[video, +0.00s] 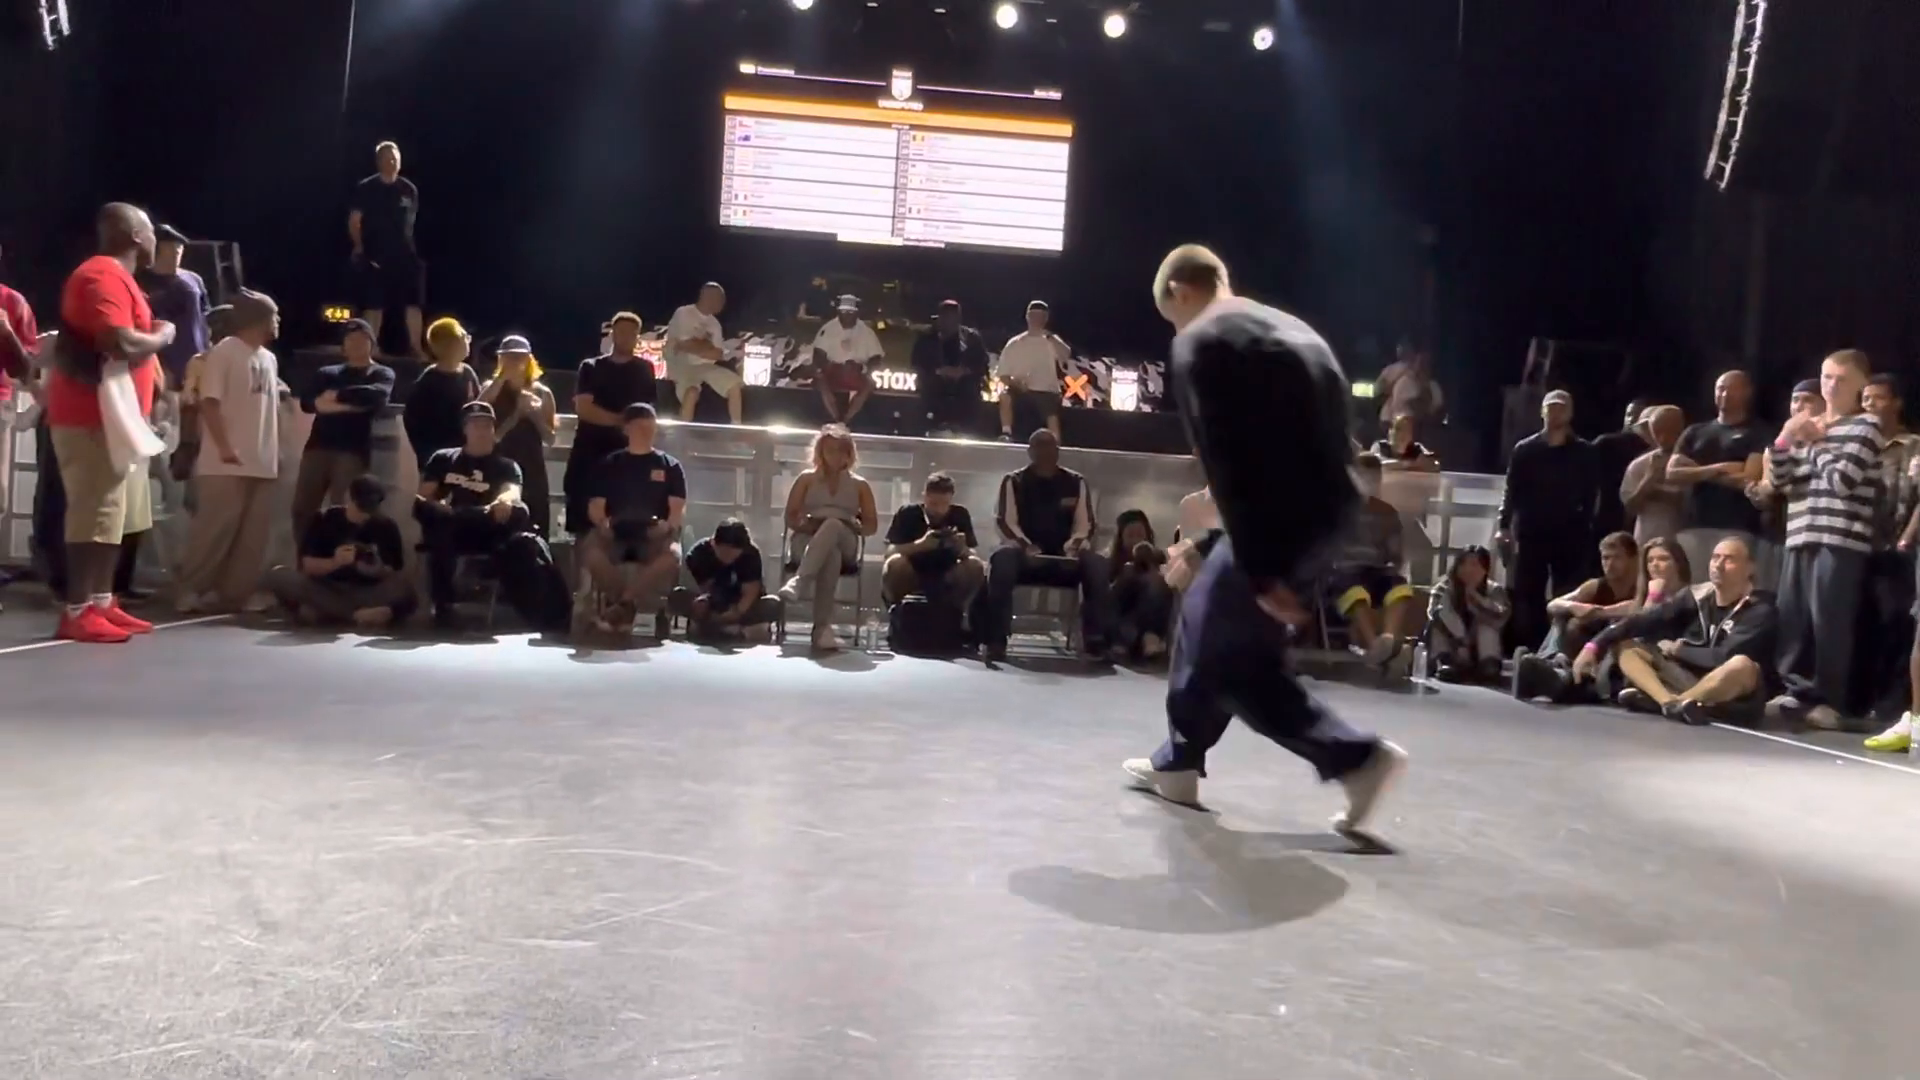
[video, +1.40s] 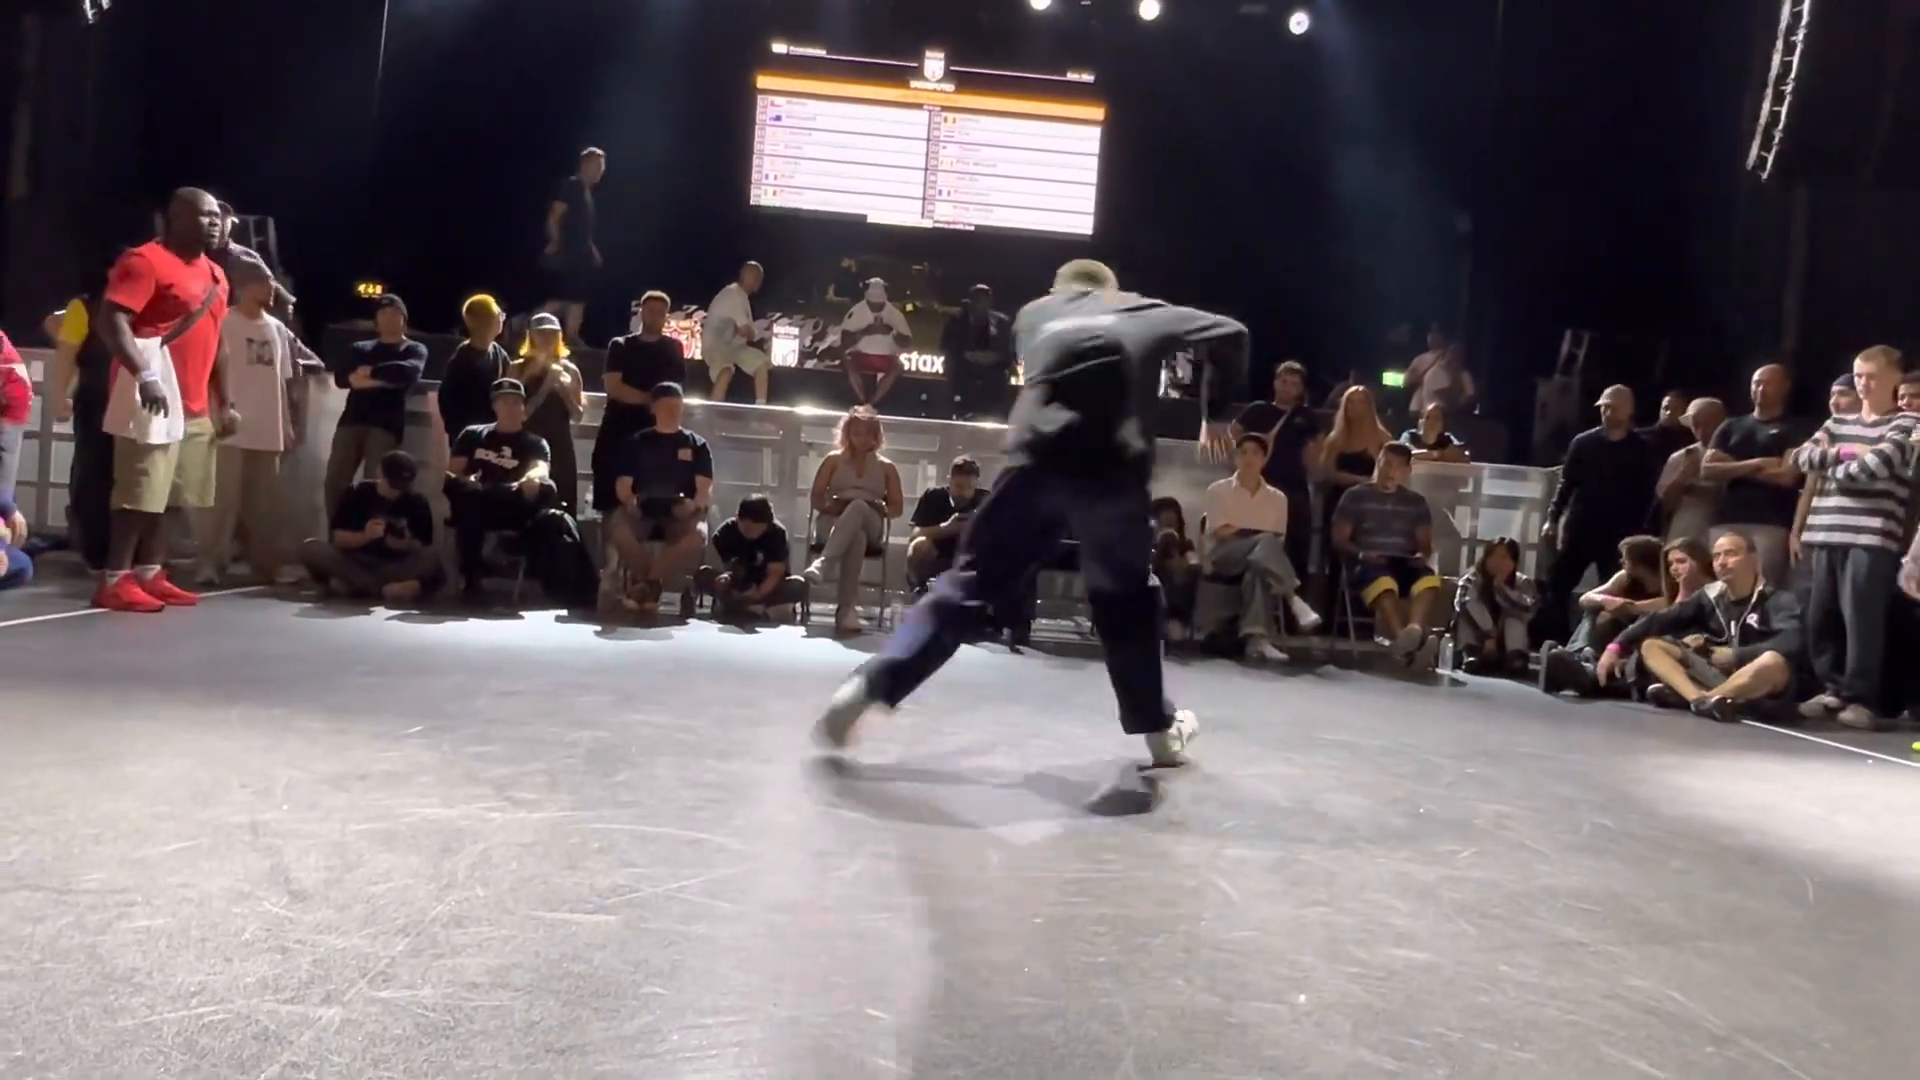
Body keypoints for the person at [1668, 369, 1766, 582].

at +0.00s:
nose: (1722, 394)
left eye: (1729, 389)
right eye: (1720, 389)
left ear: (1746, 393)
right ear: (1715, 393)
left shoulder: (1758, 434)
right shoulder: (1694, 432)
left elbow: (1750, 479)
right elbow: (1671, 473)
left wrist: (1699, 472)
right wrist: (1722, 468)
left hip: (1740, 526)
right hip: (1697, 525)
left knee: (1736, 600)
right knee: (1698, 601)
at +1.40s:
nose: (1760, 389)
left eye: (1766, 384)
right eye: (1756, 384)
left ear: (1784, 388)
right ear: (1751, 388)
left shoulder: (1795, 430)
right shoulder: (1731, 426)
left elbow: (1788, 477)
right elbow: (1707, 469)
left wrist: (1733, 466)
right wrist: (1760, 464)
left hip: (1771, 523)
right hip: (1728, 520)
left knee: (1765, 598)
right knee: (1724, 597)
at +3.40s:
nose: (1781, 382)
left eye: (1789, 378)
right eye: (1778, 377)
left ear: (1804, 384)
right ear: (1771, 382)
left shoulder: (1813, 425)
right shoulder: (1748, 420)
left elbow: (1807, 471)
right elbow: (1723, 463)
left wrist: (1751, 461)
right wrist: (1779, 458)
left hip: (1786, 519)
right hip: (1744, 517)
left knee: (1781, 592)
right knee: (1741, 592)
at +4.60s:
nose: (1780, 385)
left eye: (1787, 380)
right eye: (1776, 380)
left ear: (1802, 385)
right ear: (1770, 384)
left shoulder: (1814, 428)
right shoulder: (1746, 424)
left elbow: (1808, 476)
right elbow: (1723, 466)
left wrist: (1749, 463)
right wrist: (1778, 462)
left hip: (1786, 522)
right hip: (1742, 521)